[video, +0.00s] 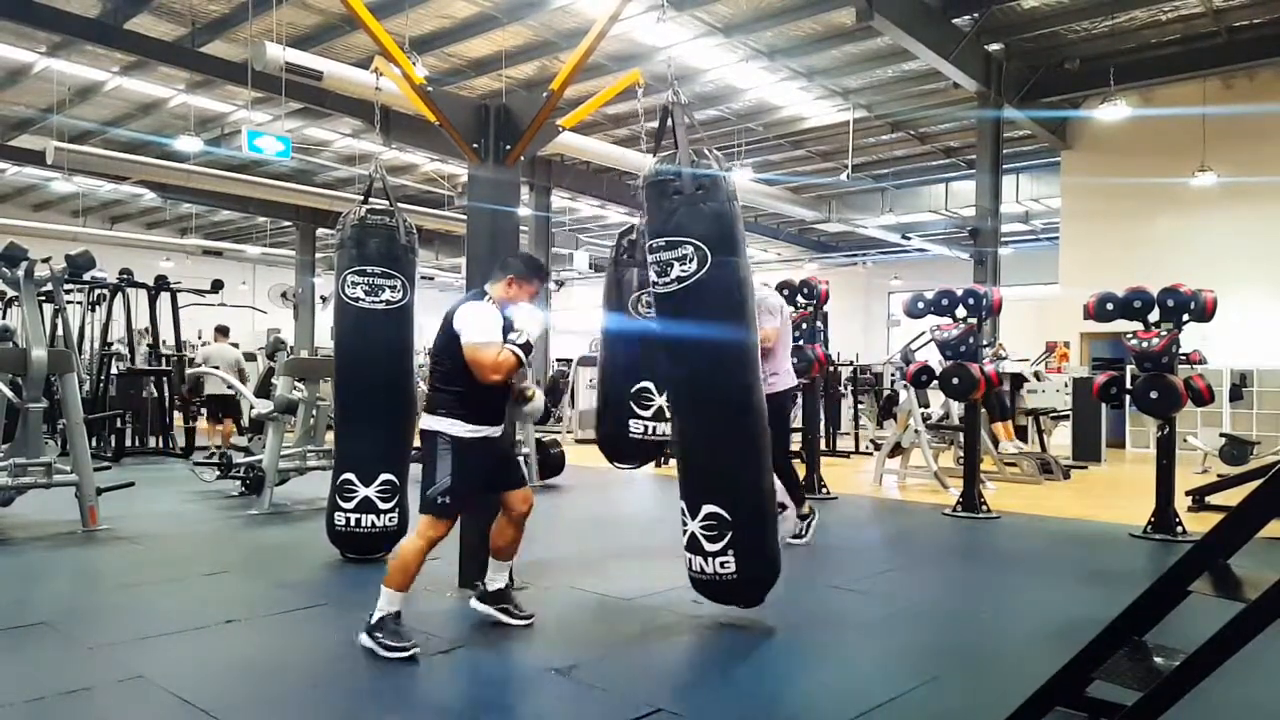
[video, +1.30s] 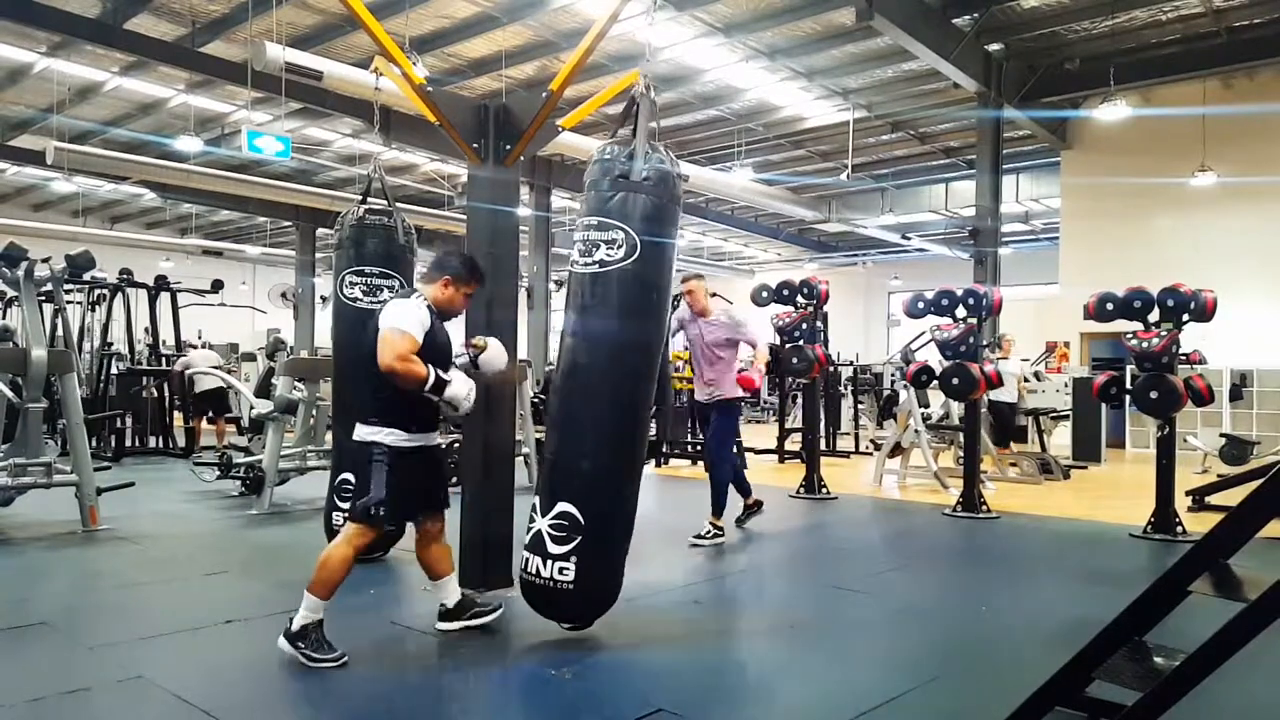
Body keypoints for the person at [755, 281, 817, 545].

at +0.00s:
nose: (729, 288)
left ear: (742, 280)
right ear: (744, 280)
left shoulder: (766, 300)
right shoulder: (750, 304)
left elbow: (767, 338)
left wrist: (734, 333)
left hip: (777, 388)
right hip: (766, 388)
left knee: (778, 458)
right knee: (767, 456)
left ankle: (804, 512)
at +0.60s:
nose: (736, 309)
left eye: (737, 303)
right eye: (734, 305)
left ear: (745, 299)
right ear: (737, 304)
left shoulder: (767, 316)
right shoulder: (744, 324)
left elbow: (772, 356)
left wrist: (743, 351)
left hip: (773, 395)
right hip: (756, 396)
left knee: (756, 449)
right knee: (753, 451)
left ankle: (792, 508)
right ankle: (774, 508)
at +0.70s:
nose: (727, 302)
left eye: (728, 296)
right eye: (724, 299)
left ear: (738, 293)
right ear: (724, 300)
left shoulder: (761, 311)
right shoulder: (730, 320)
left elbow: (770, 348)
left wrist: (739, 345)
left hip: (767, 390)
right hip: (749, 392)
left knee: (750, 444)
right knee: (758, 446)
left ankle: (760, 513)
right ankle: (774, 506)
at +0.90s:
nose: (720, 307)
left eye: (723, 299)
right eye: (720, 301)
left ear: (734, 297)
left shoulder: (754, 321)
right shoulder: (734, 324)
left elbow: (757, 360)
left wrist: (725, 353)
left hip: (756, 405)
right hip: (743, 404)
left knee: (739, 462)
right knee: (762, 458)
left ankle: (721, 521)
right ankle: (777, 510)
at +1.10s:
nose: (708, 312)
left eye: (712, 306)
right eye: (705, 308)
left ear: (727, 301)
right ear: (704, 309)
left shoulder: (749, 326)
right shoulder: (707, 327)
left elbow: (760, 366)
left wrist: (725, 361)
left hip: (743, 400)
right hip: (719, 402)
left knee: (730, 455)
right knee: (732, 456)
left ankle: (717, 522)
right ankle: (764, 501)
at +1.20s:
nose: (704, 307)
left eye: (707, 301)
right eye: (700, 302)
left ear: (722, 297)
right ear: (699, 302)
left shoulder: (744, 323)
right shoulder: (695, 319)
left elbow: (762, 364)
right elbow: (667, 326)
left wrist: (736, 376)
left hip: (738, 398)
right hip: (709, 400)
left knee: (725, 454)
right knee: (728, 455)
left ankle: (717, 522)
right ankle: (758, 500)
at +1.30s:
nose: (687, 299)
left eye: (691, 293)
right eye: (684, 295)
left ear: (705, 291)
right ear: (683, 297)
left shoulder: (728, 317)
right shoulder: (684, 316)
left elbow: (761, 340)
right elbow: (661, 335)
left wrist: (758, 364)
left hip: (727, 398)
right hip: (702, 399)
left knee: (717, 457)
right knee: (721, 455)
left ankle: (716, 524)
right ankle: (750, 500)